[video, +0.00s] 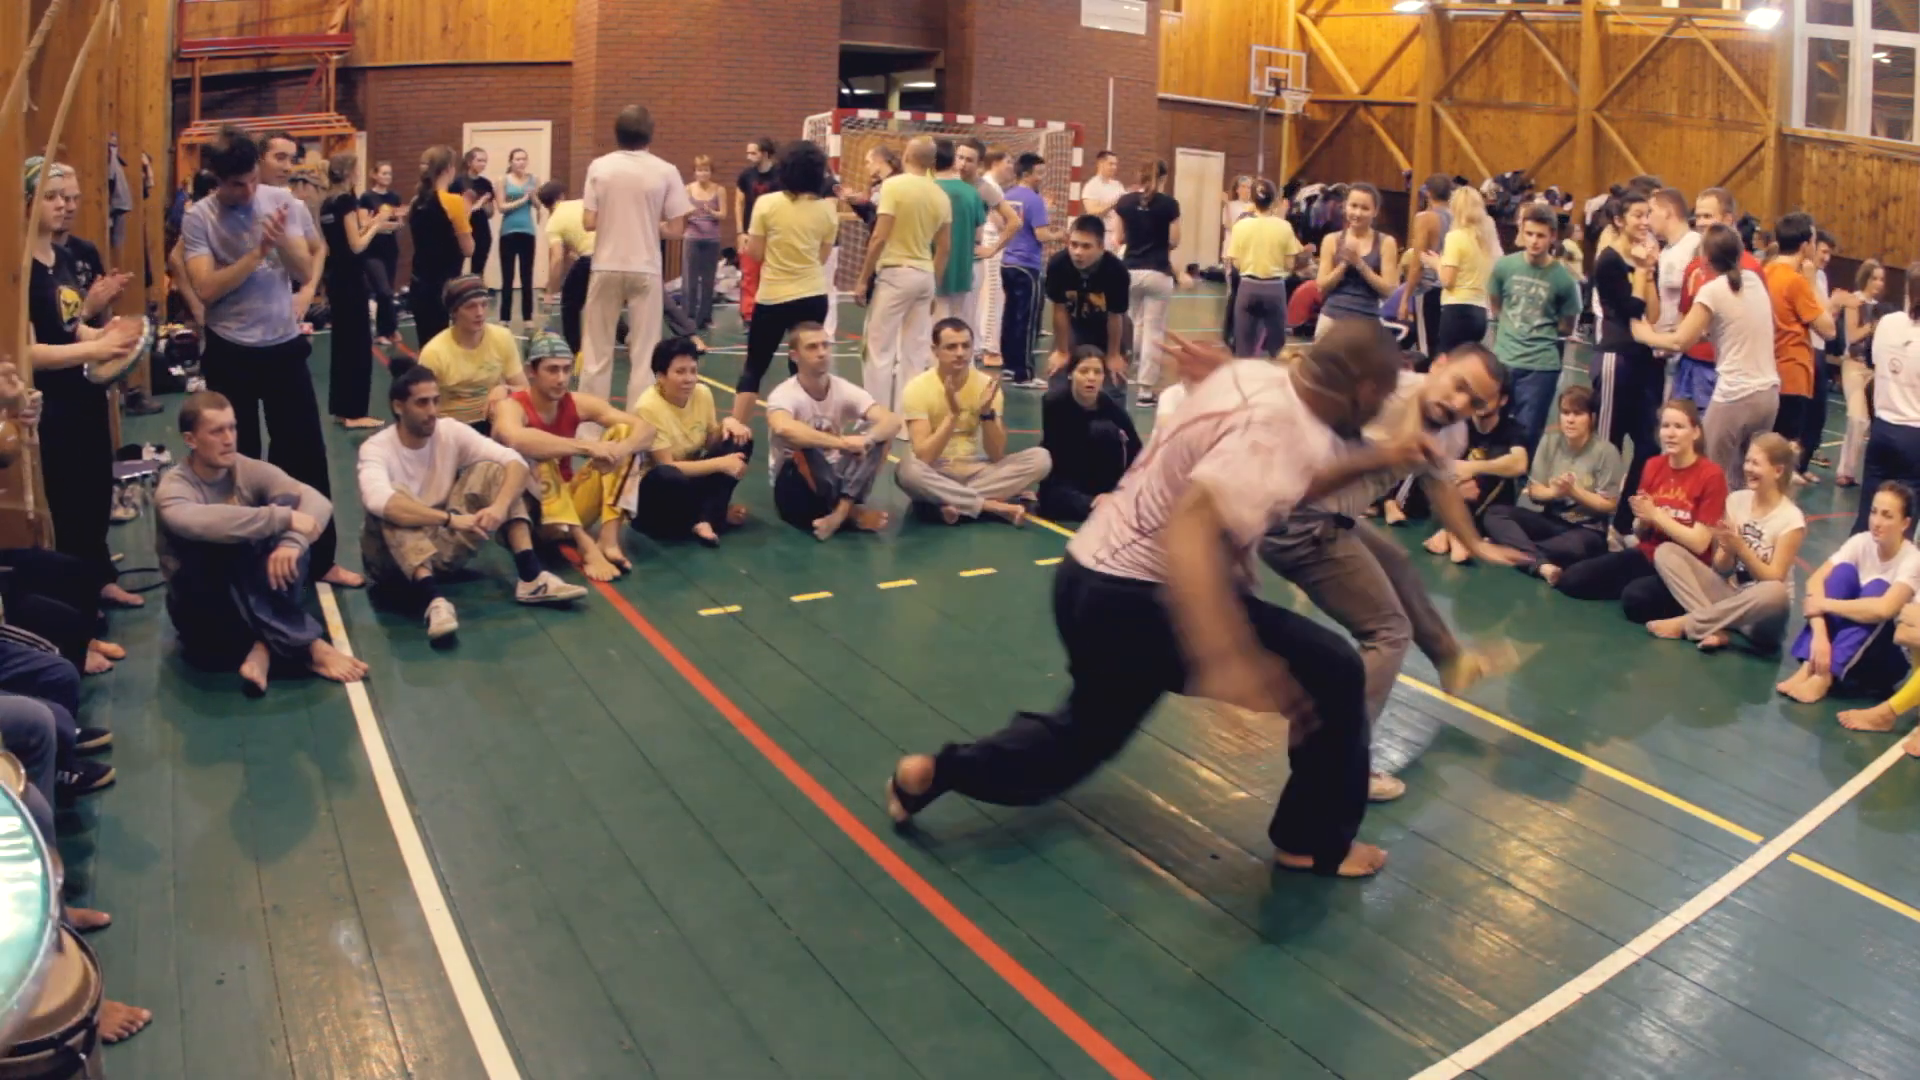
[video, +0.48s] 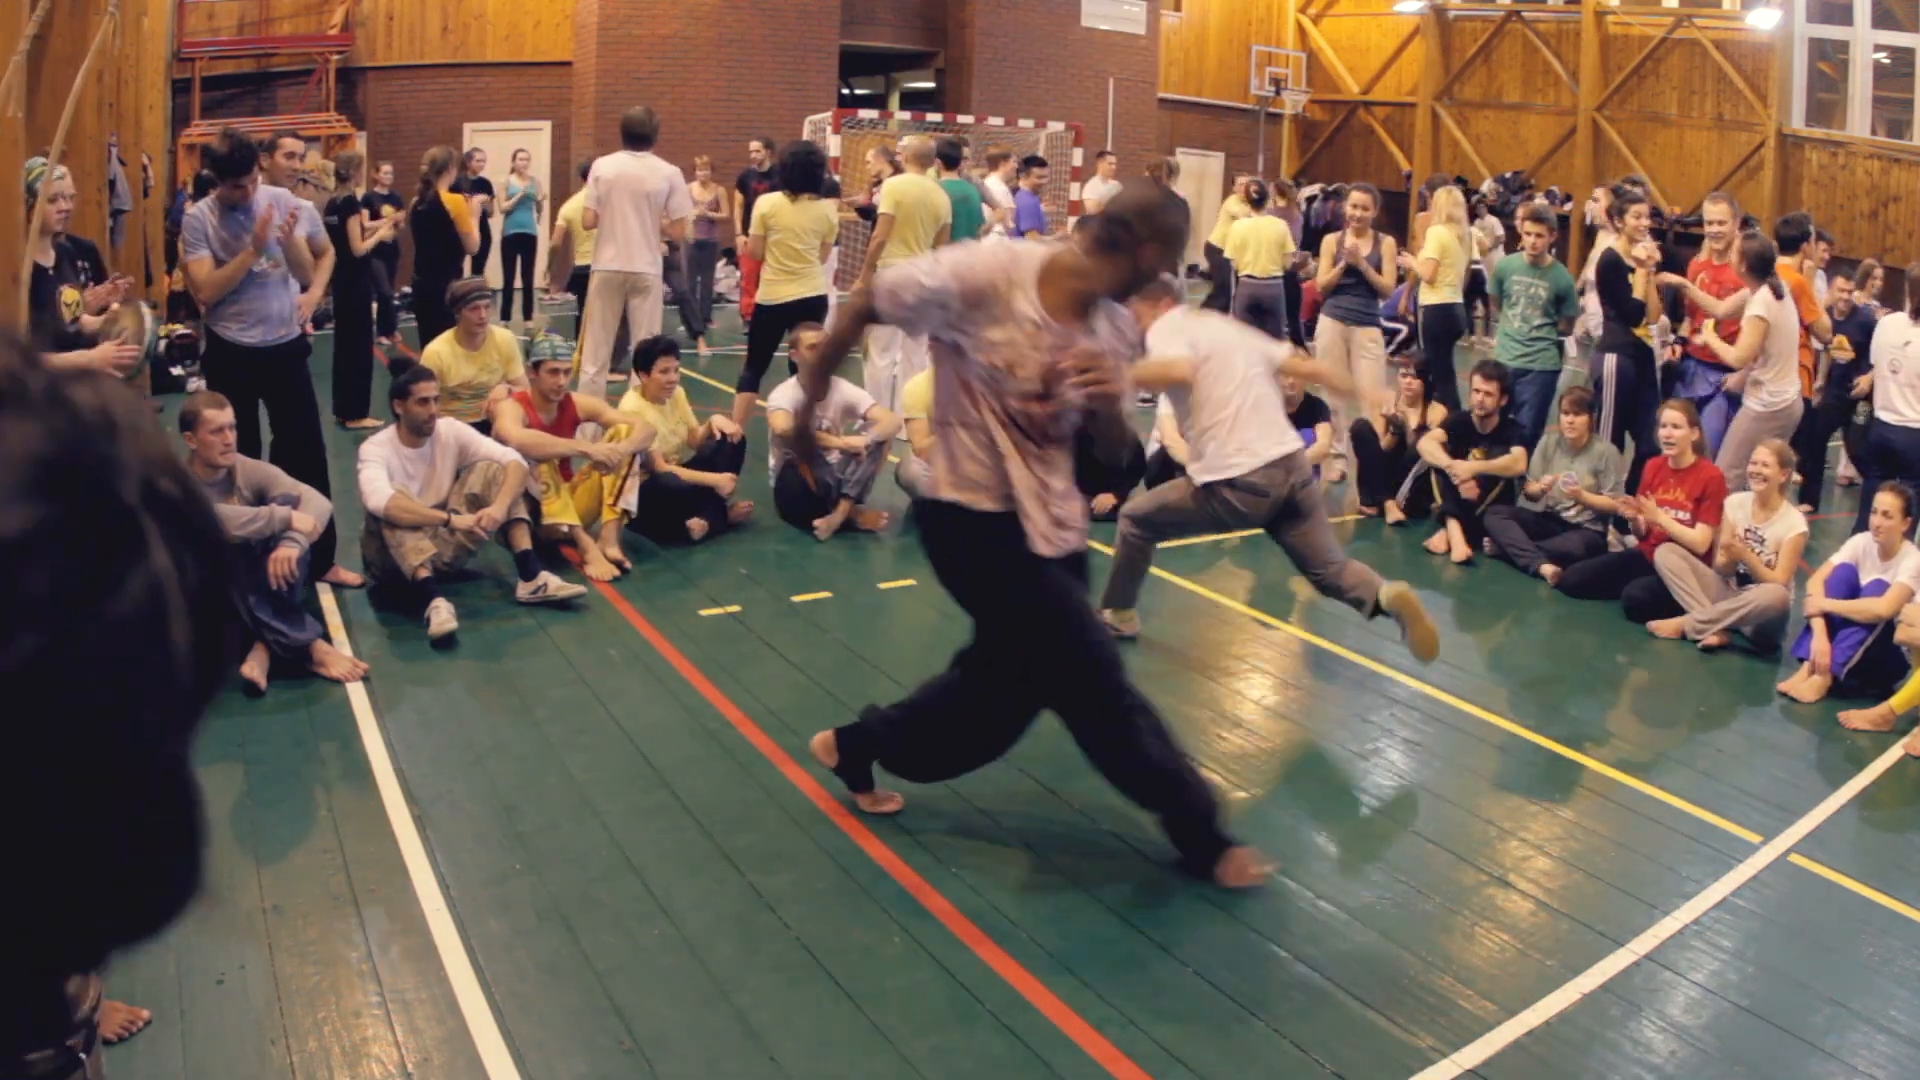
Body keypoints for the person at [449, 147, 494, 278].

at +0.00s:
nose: (483, 164)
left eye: (484, 160)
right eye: (479, 160)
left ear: (487, 162)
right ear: (469, 162)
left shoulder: (486, 184)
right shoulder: (458, 183)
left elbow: (490, 213)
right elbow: (457, 214)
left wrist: (485, 203)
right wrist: (478, 204)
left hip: (481, 229)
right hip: (461, 228)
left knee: (477, 273)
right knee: (455, 271)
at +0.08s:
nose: (482, 164)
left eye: (484, 161)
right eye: (479, 161)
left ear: (486, 162)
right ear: (469, 162)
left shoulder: (486, 184)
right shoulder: (458, 183)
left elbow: (490, 212)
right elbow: (454, 209)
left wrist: (487, 202)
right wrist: (477, 203)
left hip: (481, 229)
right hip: (460, 227)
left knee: (477, 272)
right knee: (456, 270)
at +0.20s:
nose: (482, 164)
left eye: (484, 161)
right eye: (478, 161)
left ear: (486, 162)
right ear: (468, 162)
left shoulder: (485, 183)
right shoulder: (457, 182)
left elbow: (491, 211)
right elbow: (451, 205)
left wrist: (488, 205)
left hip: (480, 224)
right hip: (461, 223)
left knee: (477, 271)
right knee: (455, 268)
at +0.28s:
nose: (482, 164)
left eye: (483, 161)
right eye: (478, 161)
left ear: (485, 162)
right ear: (468, 163)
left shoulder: (485, 183)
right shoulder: (457, 183)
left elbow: (491, 212)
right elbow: (454, 211)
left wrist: (486, 205)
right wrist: (475, 207)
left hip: (481, 229)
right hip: (460, 228)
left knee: (477, 272)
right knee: (456, 270)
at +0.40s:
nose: (482, 164)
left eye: (484, 161)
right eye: (478, 160)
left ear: (486, 162)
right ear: (468, 162)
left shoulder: (485, 183)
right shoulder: (458, 182)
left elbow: (491, 212)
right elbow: (453, 208)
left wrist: (485, 204)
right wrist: (470, 205)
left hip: (480, 229)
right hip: (460, 228)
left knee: (477, 272)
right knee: (456, 269)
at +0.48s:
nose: (482, 164)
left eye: (483, 161)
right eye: (478, 161)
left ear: (486, 162)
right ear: (468, 162)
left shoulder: (485, 183)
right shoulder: (457, 183)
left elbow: (491, 212)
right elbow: (452, 206)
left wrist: (486, 201)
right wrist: (473, 202)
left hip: (481, 225)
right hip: (461, 224)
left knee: (477, 270)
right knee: (456, 267)